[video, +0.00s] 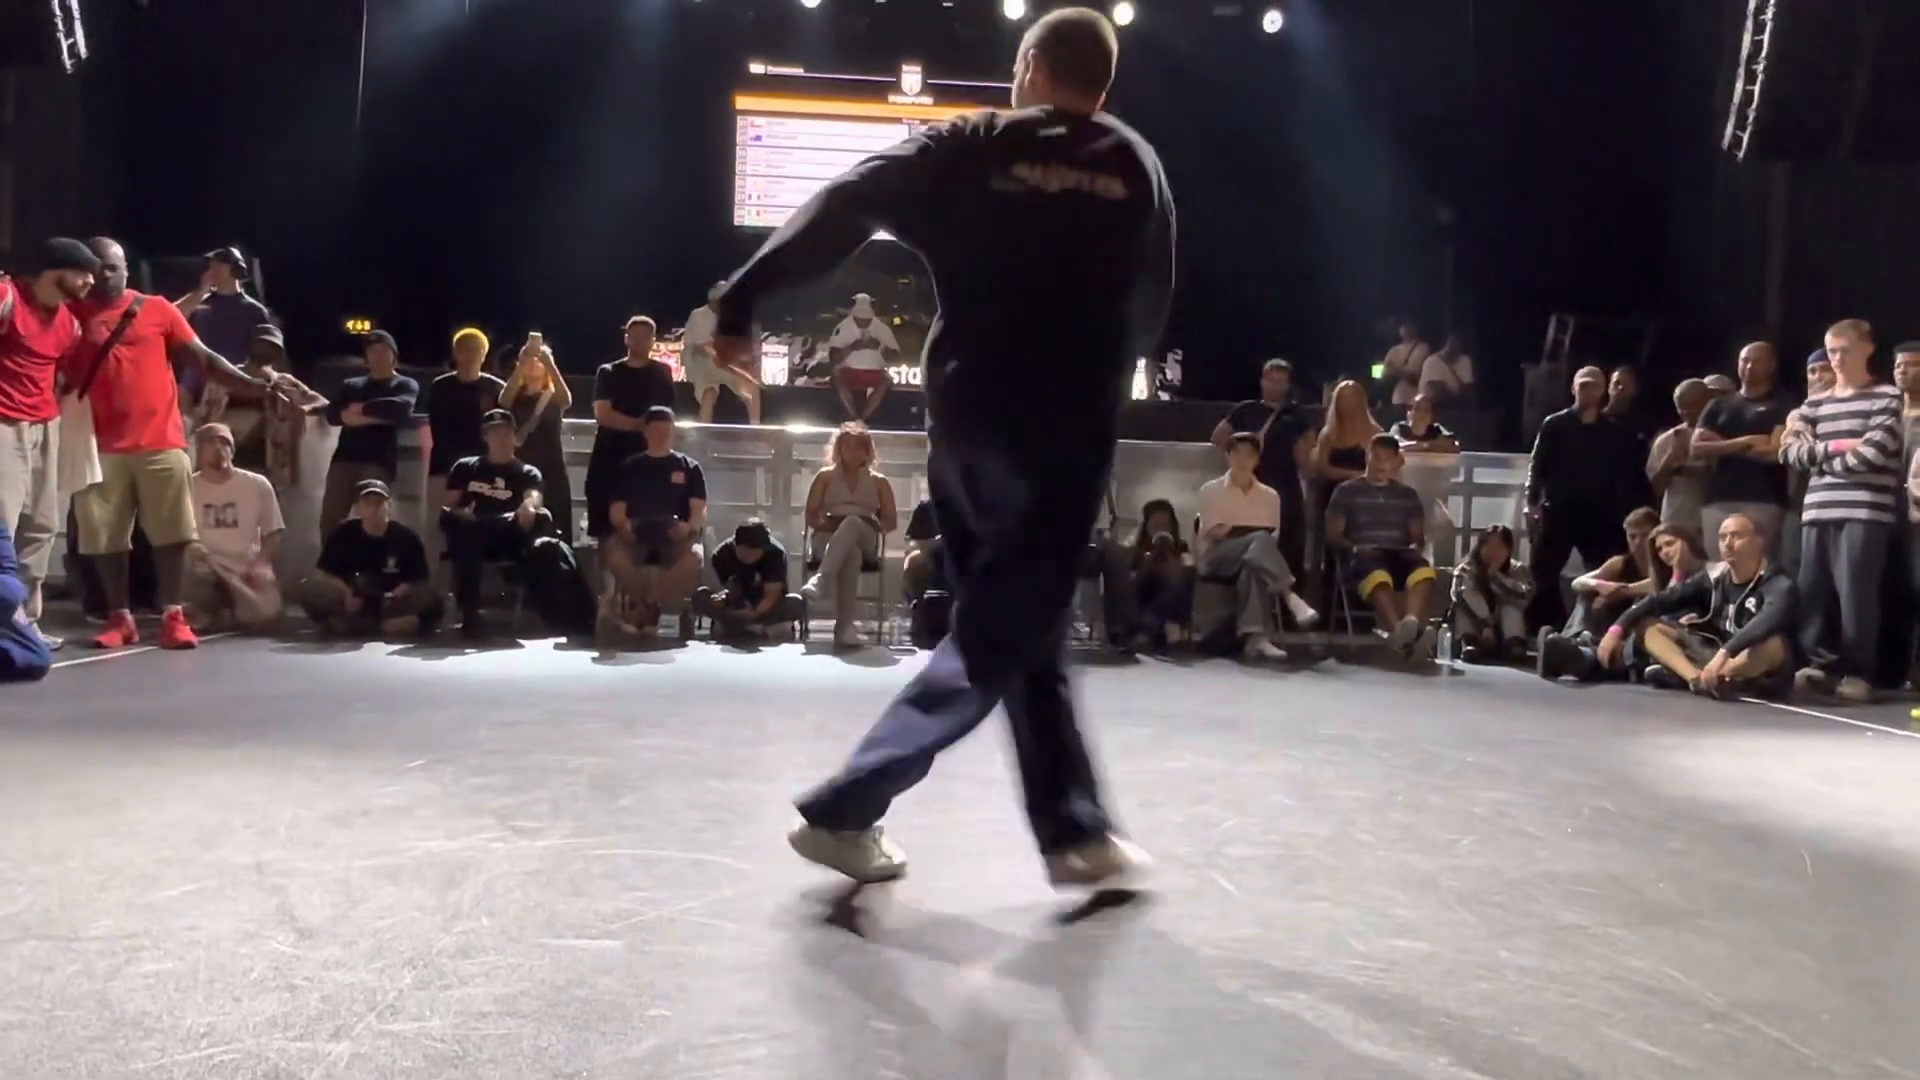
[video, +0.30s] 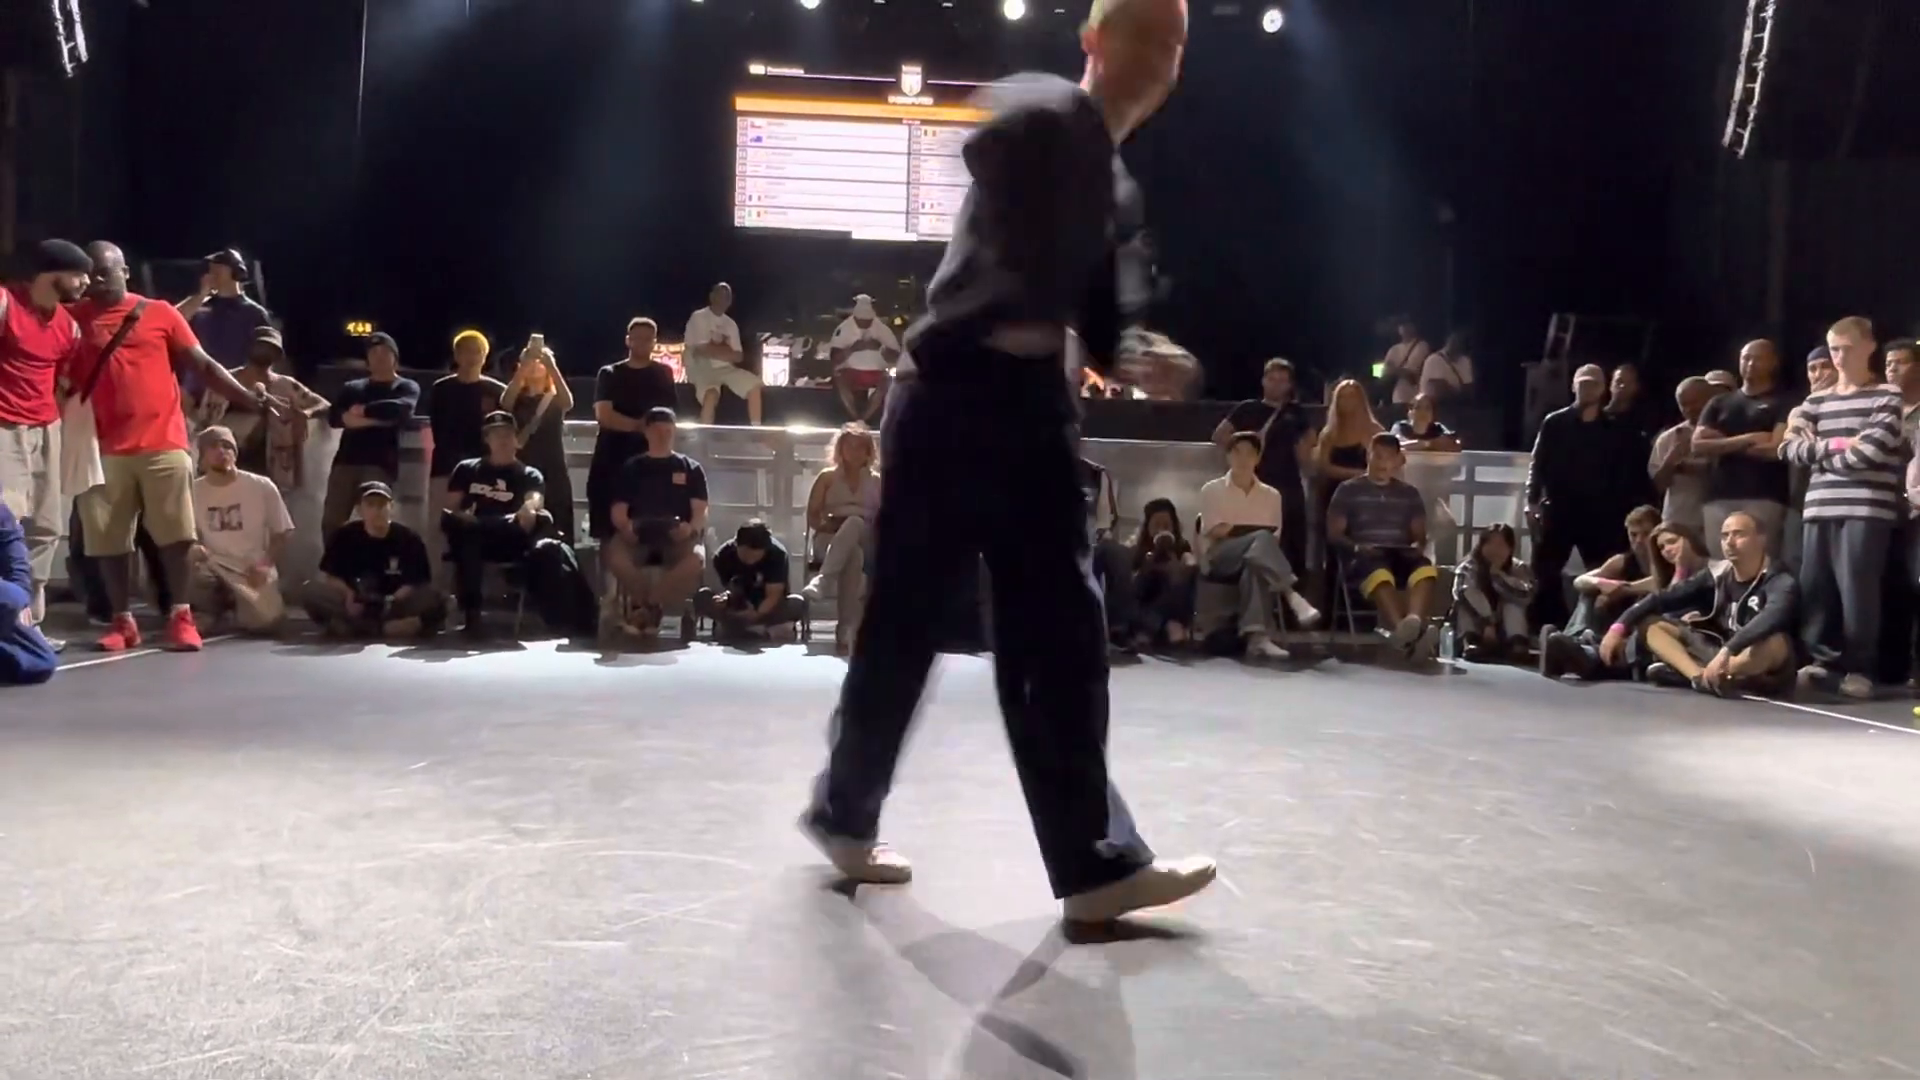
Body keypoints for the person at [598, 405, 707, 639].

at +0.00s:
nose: (661, 433)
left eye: (665, 427)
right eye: (655, 428)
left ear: (672, 431)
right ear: (645, 431)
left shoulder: (689, 467)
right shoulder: (628, 467)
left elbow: (698, 512)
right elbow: (616, 510)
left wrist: (687, 527)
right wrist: (628, 527)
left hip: (673, 528)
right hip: (637, 528)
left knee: (693, 558)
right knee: (613, 551)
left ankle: (647, 607)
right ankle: (648, 606)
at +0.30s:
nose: (663, 434)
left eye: (667, 429)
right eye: (657, 429)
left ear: (674, 432)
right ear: (646, 432)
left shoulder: (691, 468)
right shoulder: (630, 467)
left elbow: (699, 512)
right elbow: (618, 510)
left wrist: (690, 527)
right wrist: (628, 528)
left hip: (676, 529)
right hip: (639, 528)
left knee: (695, 560)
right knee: (614, 552)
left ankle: (648, 608)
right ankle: (650, 607)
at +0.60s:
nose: (665, 435)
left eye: (669, 430)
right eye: (659, 430)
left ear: (676, 432)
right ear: (648, 433)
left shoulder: (693, 469)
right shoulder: (632, 469)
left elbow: (702, 511)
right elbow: (621, 511)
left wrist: (692, 529)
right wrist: (630, 531)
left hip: (678, 530)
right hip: (641, 530)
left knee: (698, 559)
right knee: (616, 553)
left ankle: (651, 609)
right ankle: (653, 609)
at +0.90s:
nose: (669, 433)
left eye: (673, 428)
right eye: (664, 428)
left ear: (681, 431)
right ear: (653, 431)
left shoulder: (697, 467)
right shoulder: (636, 467)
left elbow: (707, 509)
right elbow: (625, 508)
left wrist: (697, 527)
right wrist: (635, 528)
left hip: (682, 529)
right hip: (646, 528)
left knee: (702, 557)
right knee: (622, 551)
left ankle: (654, 608)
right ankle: (658, 607)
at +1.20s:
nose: (673, 434)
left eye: (677, 428)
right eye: (667, 428)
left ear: (684, 431)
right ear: (657, 431)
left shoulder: (700, 467)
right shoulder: (640, 467)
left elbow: (710, 511)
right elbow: (628, 508)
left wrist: (699, 526)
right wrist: (637, 527)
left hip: (685, 528)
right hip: (649, 527)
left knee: (705, 558)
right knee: (624, 551)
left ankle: (655, 607)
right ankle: (661, 606)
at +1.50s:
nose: (675, 429)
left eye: (679, 424)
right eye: (669, 424)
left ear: (687, 427)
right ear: (659, 427)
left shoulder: (704, 463)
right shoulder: (643, 463)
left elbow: (713, 507)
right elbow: (631, 506)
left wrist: (702, 523)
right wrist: (642, 525)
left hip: (689, 524)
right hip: (652, 524)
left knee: (708, 554)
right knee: (628, 547)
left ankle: (662, 601)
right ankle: (659, 601)